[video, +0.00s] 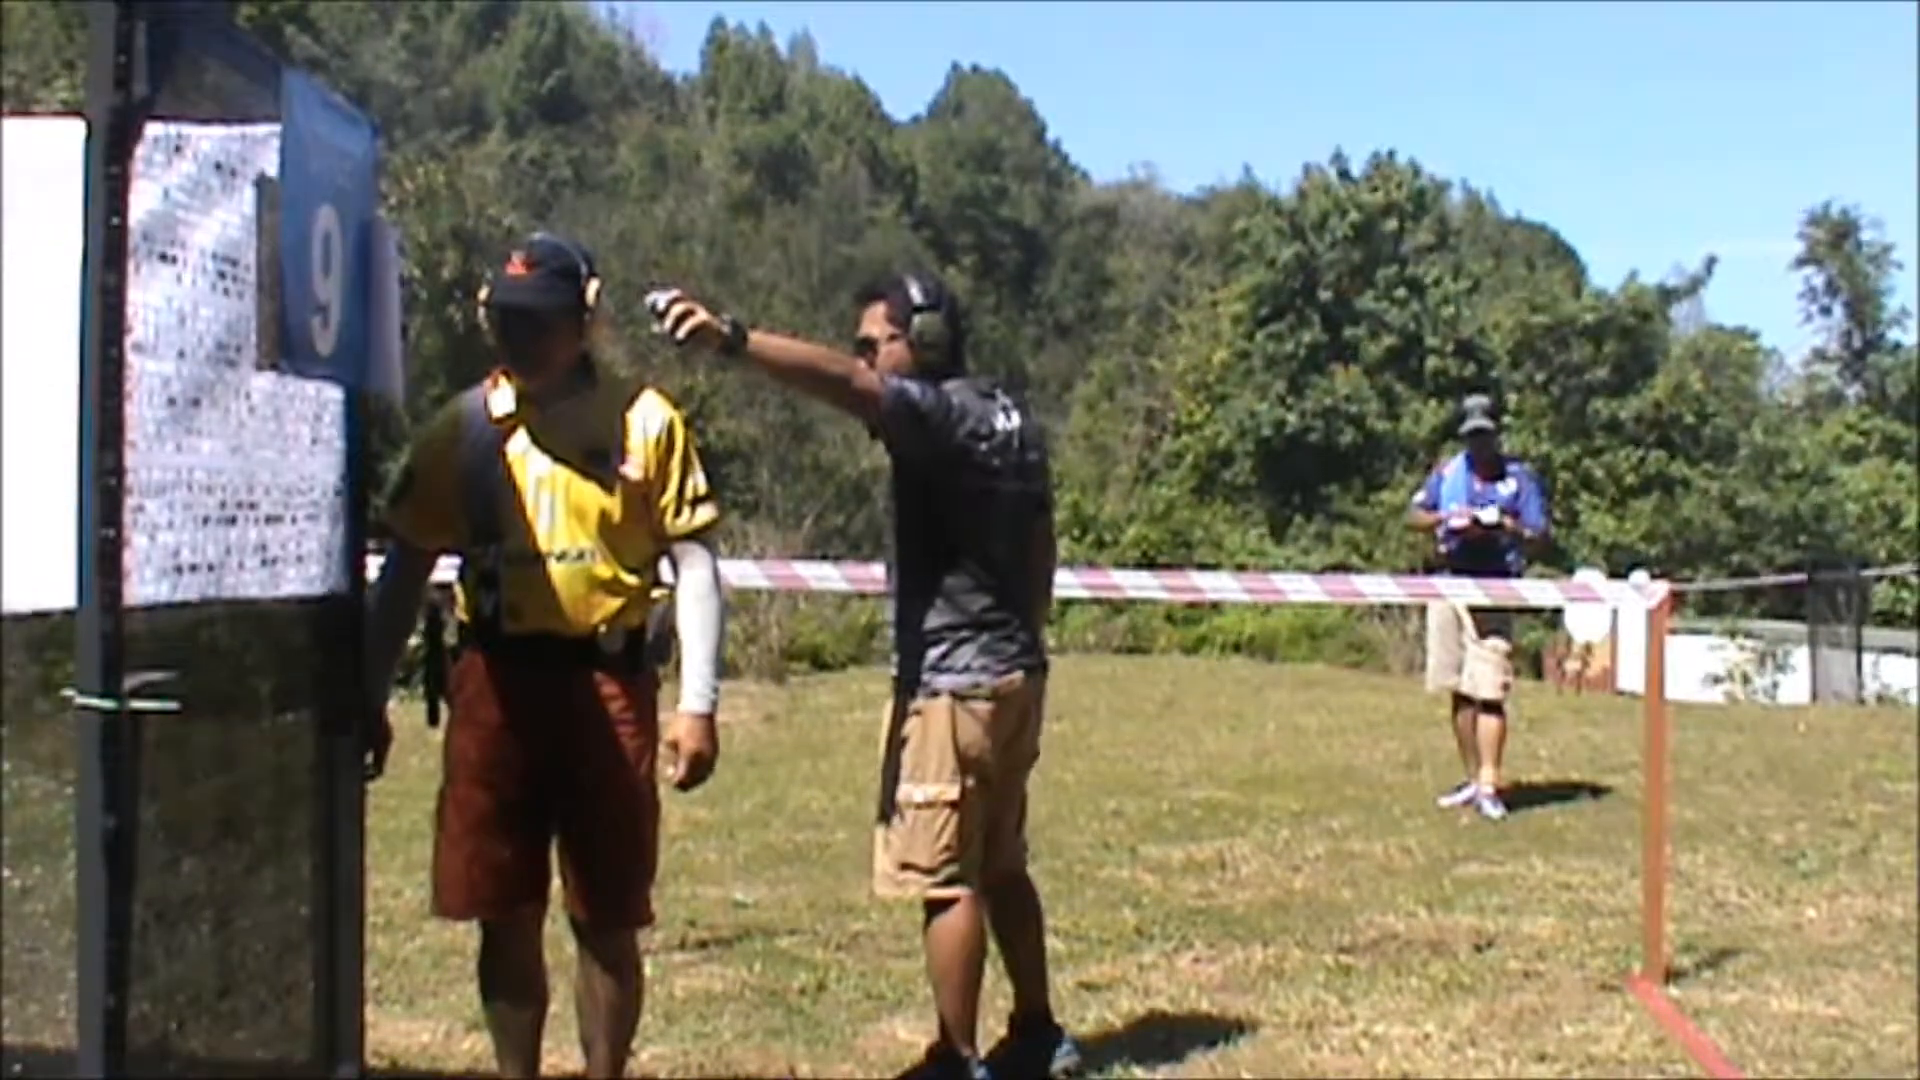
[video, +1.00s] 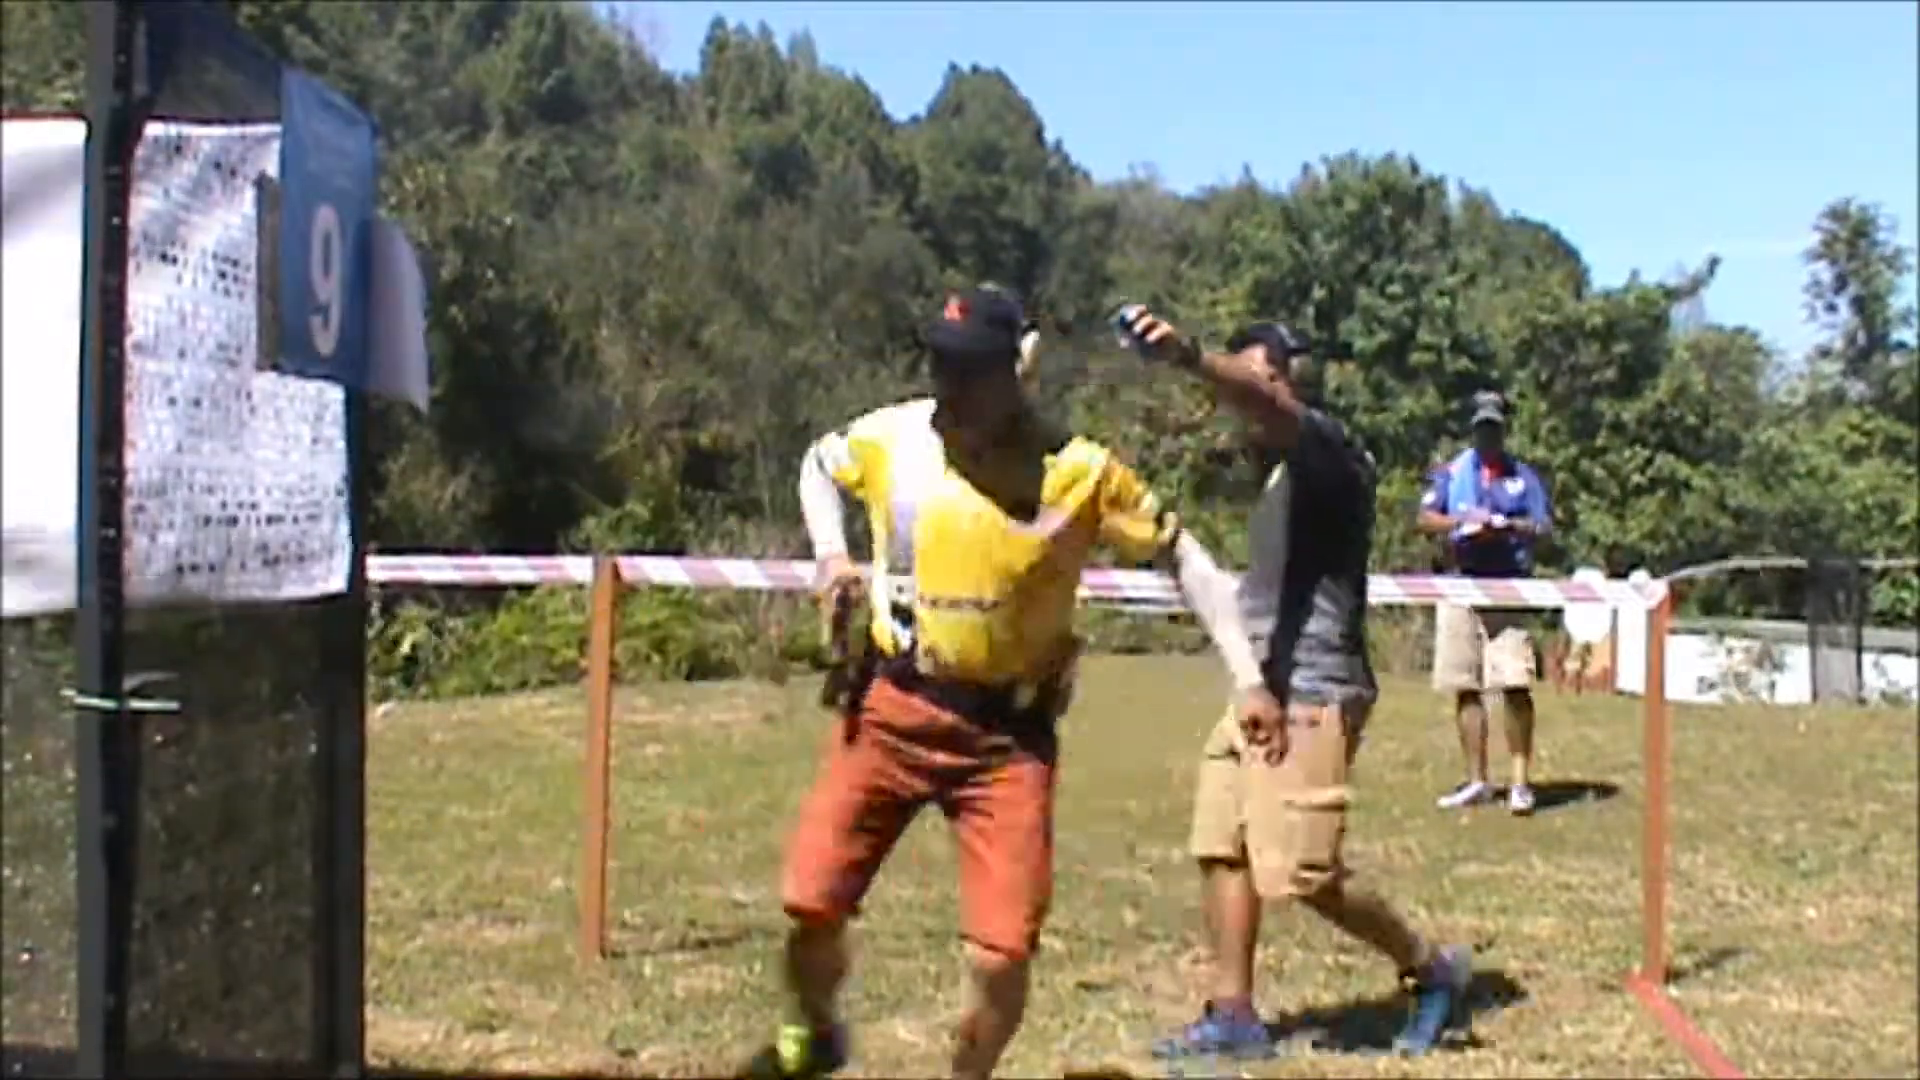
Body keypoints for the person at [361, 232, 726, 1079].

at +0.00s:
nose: (517, 340)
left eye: (537, 324)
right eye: (507, 321)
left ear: (585, 327)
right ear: (492, 319)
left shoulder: (646, 423)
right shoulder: (467, 425)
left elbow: (694, 565)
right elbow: (407, 567)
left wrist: (698, 701)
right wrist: (370, 697)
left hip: (607, 693)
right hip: (496, 693)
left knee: (607, 924)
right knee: (504, 916)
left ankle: (605, 1071)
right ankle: (518, 1072)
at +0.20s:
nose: (527, 359)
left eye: (547, 342)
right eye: (517, 341)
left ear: (595, 336)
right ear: (497, 334)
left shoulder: (651, 430)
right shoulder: (472, 430)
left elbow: (714, 568)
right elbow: (404, 565)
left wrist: (740, 705)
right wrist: (360, 694)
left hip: (616, 689)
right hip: (502, 689)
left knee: (620, 920)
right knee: (505, 913)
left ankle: (614, 1071)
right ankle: (514, 1071)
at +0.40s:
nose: (580, 433)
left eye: (595, 416)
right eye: (562, 416)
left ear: (624, 394)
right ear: (531, 394)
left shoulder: (671, 461)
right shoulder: (490, 432)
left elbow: (752, 583)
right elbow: (425, 475)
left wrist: (813, 718)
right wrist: (436, 583)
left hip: (645, 702)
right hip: (526, 698)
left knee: (724, 898)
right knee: (493, 922)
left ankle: (719, 1061)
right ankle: (509, 1072)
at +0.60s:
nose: (653, 490)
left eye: (662, 470)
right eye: (629, 478)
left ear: (678, 444)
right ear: (585, 458)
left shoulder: (728, 522)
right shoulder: (543, 485)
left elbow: (801, 624)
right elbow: (499, 540)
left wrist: (856, 739)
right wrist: (518, 640)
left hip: (700, 745)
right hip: (580, 738)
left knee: (812, 931)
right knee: (513, 944)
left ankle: (877, 1059)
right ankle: (515, 1073)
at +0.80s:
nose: (811, 500)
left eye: (826, 481)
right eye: (789, 483)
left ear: (848, 464)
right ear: (748, 466)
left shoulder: (885, 552)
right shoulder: (693, 502)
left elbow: (975, 646)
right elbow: (617, 522)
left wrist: (1063, 756)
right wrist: (635, 637)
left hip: (815, 780)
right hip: (690, 763)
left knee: (909, 951)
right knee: (583, 948)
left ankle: (927, 1072)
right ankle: (537, 1070)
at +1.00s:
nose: (949, 387)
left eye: (970, 371)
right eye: (941, 367)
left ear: (1018, 373)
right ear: (930, 365)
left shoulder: (1083, 474)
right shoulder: (895, 436)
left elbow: (1189, 561)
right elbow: (820, 467)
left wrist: (1249, 681)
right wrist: (833, 553)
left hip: (1007, 742)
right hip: (889, 719)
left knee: (1001, 958)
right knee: (810, 905)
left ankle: (970, 1070)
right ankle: (816, 1038)